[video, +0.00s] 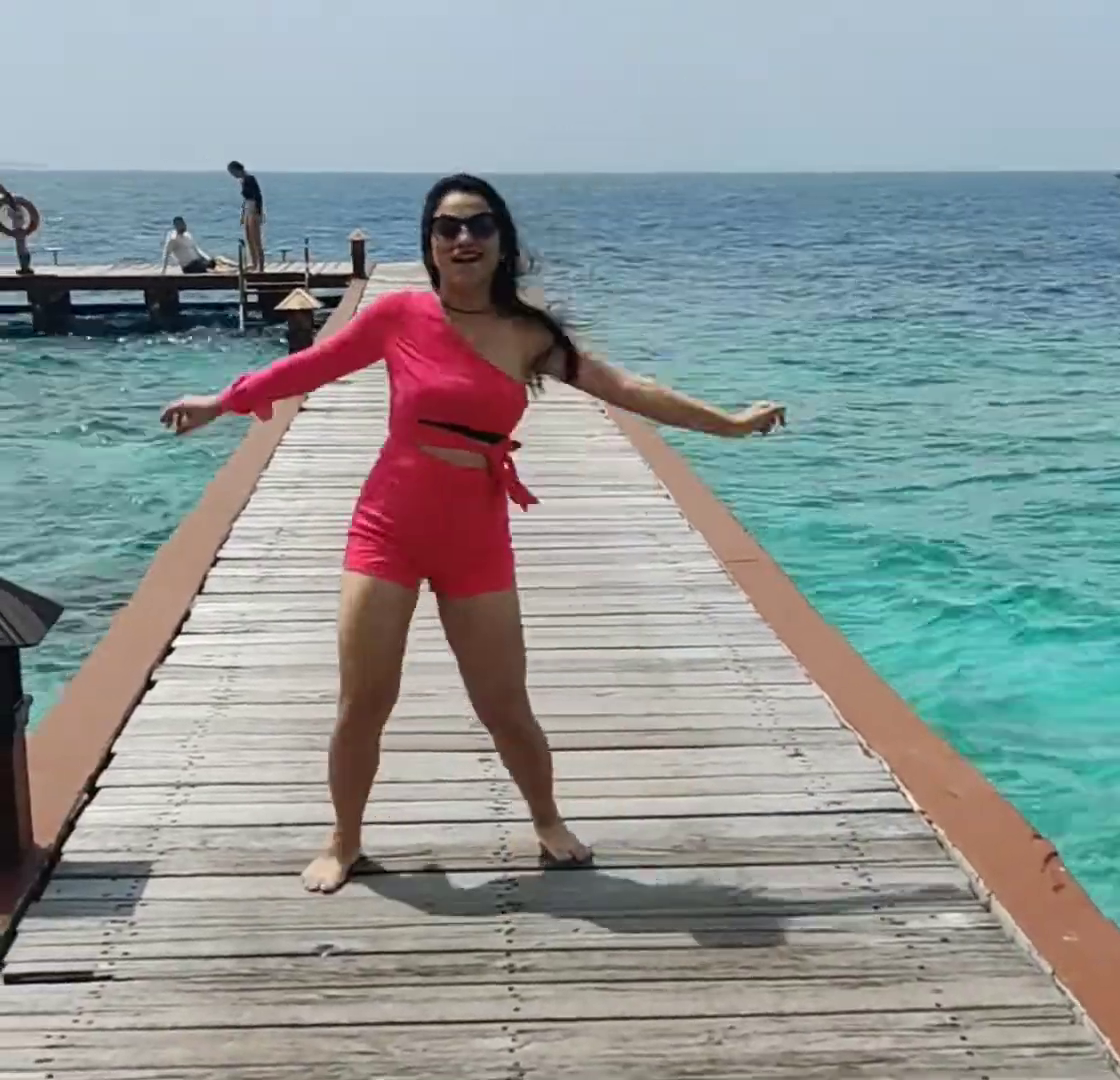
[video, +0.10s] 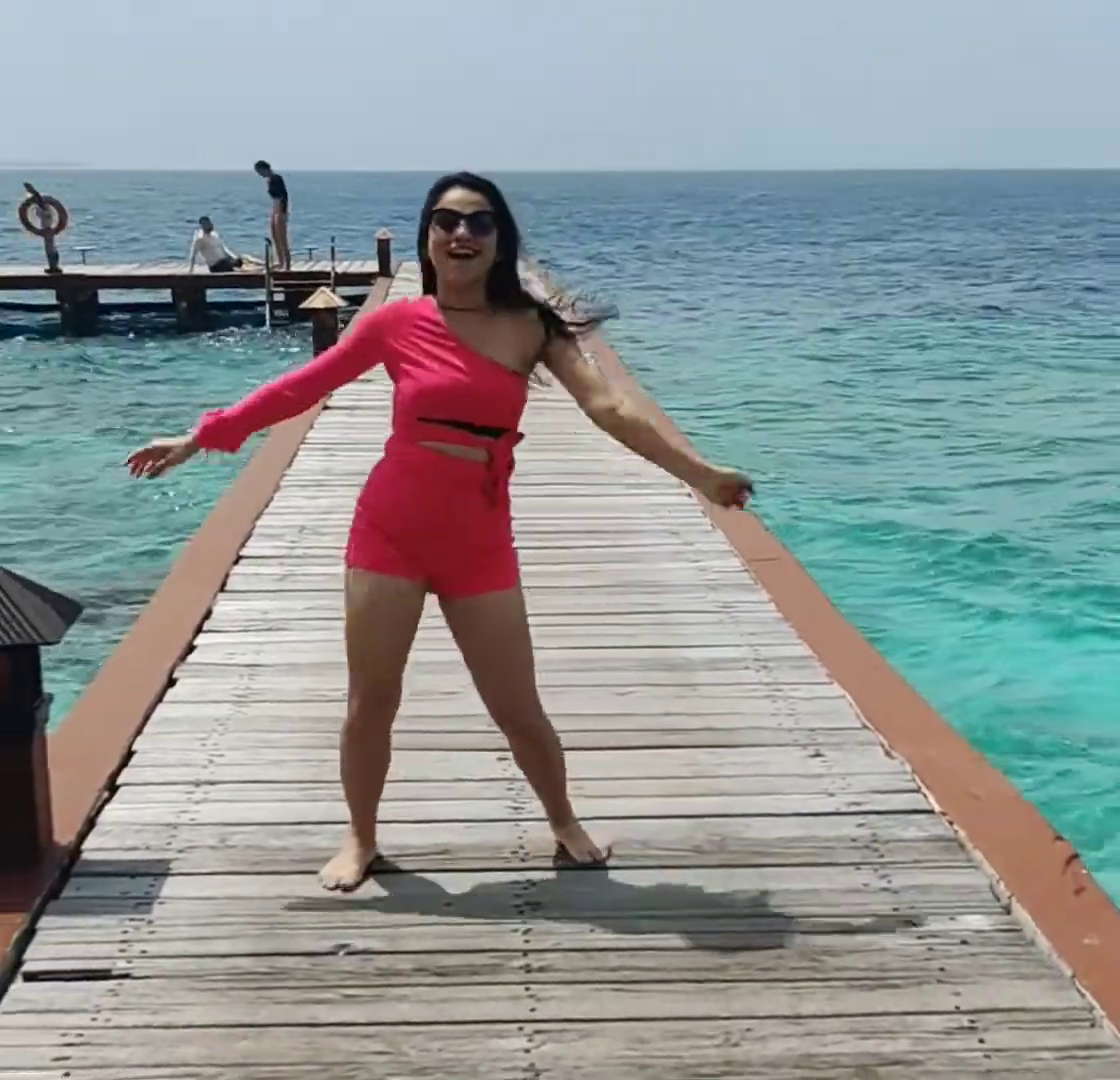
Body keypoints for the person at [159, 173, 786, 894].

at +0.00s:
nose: (461, 240)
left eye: (477, 227)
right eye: (447, 228)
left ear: (503, 242)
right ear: (429, 242)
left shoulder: (530, 334)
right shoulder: (398, 315)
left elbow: (625, 391)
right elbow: (311, 366)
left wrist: (728, 423)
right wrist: (220, 403)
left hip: (476, 535)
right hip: (387, 526)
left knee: (505, 708)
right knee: (364, 702)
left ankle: (549, 824)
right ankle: (344, 843)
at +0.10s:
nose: (459, 234)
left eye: (476, 223)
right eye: (445, 222)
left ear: (501, 240)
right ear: (424, 237)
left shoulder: (533, 327)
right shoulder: (396, 320)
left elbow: (613, 406)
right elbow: (302, 386)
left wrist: (702, 473)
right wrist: (198, 438)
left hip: (479, 534)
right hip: (389, 525)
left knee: (518, 709)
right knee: (372, 698)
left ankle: (566, 826)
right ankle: (360, 842)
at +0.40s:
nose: (477, 198)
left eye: (496, 189)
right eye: (464, 185)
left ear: (516, 210)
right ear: (441, 200)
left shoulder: (517, 278)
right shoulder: (418, 294)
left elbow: (464, 377)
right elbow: (426, 397)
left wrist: (358, 436)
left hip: (519, 505)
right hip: (433, 502)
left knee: (594, 679)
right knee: (397, 680)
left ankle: (664, 811)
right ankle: (384, 834)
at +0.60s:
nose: (508, 263)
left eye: (526, 251)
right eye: (495, 249)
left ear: (548, 264)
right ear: (476, 260)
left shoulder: (547, 319)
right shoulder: (476, 353)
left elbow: (550, 424)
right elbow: (454, 460)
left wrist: (458, 440)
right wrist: (505, 488)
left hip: (544, 562)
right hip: (470, 551)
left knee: (588, 727)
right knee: (393, 690)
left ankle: (673, 851)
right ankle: (383, 842)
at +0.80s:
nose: (567, 245)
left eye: (584, 233)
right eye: (551, 234)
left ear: (609, 247)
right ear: (532, 250)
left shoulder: (640, 327)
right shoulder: (510, 341)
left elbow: (738, 379)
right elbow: (452, 435)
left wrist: (678, 468)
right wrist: (453, 504)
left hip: (620, 546)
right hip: (529, 545)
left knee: (648, 720)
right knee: (441, 698)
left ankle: (682, 846)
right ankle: (393, 841)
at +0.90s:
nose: (579, 213)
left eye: (596, 201)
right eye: (563, 202)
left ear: (623, 217)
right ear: (544, 220)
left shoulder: (659, 299)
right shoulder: (521, 302)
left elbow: (776, 320)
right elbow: (438, 348)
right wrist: (431, 401)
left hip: (627, 519)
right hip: (535, 514)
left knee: (654, 697)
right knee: (447, 679)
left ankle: (682, 836)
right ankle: (385, 818)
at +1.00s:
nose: (590, 212)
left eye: (606, 197)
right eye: (573, 199)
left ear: (632, 210)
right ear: (554, 213)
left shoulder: (663, 293)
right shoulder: (523, 284)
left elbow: (786, 308)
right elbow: (416, 291)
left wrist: (874, 348)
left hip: (626, 509)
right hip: (534, 505)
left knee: (658, 686)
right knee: (458, 674)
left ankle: (677, 837)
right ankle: (394, 825)